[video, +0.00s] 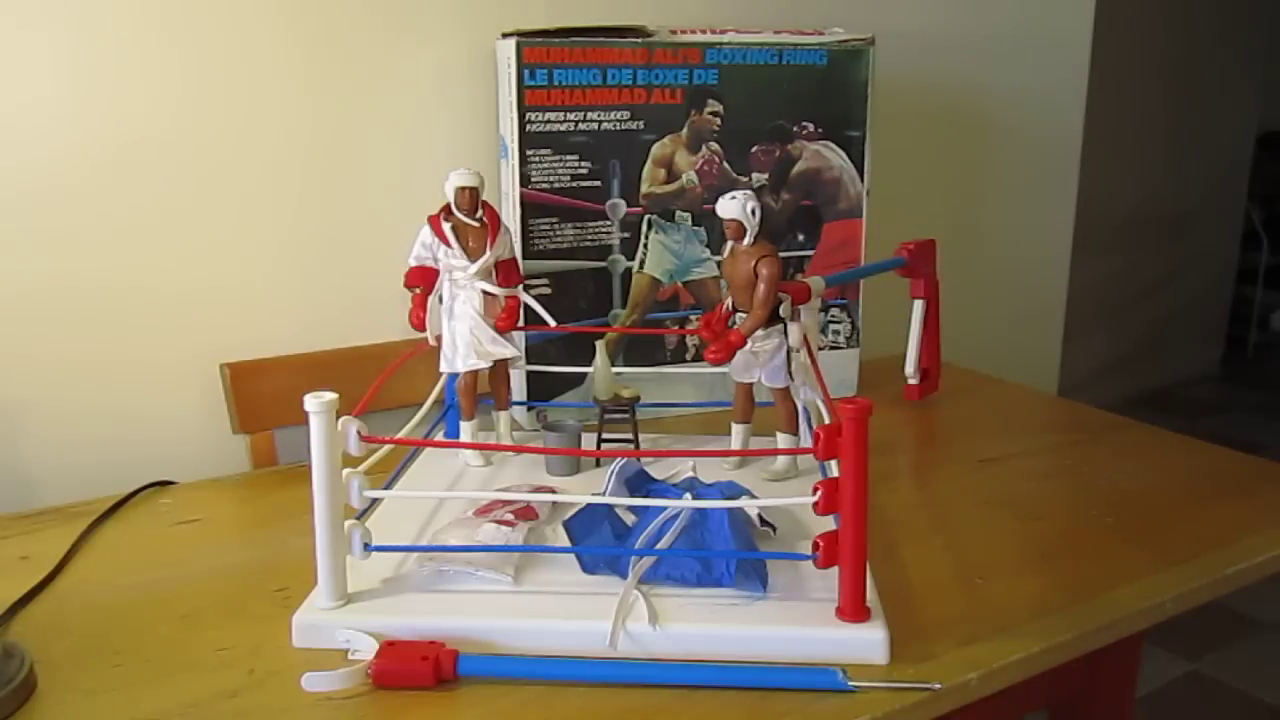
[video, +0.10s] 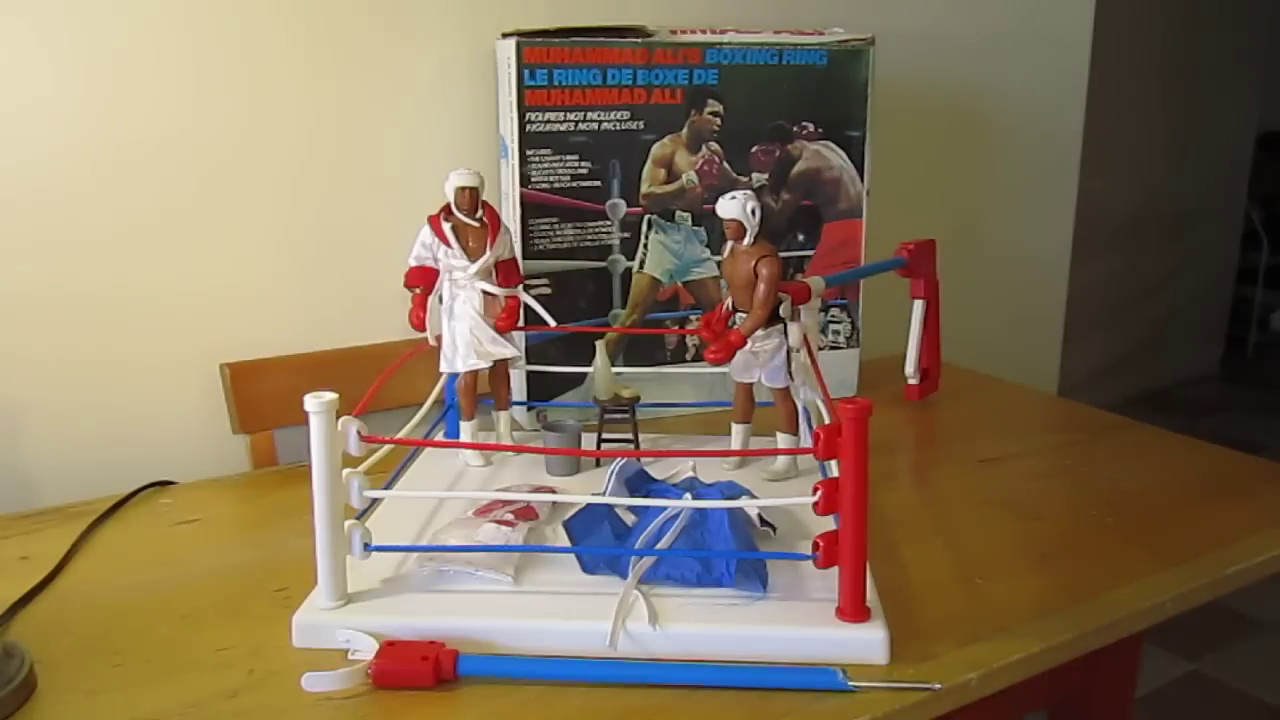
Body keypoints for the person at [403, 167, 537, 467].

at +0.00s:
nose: (466, 198)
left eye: (471, 191)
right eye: (460, 191)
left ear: (480, 194)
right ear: (450, 195)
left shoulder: (497, 228)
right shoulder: (435, 230)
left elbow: (509, 271)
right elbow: (421, 270)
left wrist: (511, 306)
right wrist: (420, 307)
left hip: (492, 302)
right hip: (457, 304)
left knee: (500, 364)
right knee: (468, 369)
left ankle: (505, 433)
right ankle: (469, 441)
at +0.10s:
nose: (467, 198)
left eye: (472, 191)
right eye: (461, 191)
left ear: (480, 194)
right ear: (450, 195)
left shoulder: (496, 228)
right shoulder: (435, 230)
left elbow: (508, 270)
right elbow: (421, 271)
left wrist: (511, 306)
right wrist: (422, 310)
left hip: (492, 302)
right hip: (457, 304)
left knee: (500, 364)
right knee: (468, 369)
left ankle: (504, 433)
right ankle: (469, 441)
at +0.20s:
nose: (467, 197)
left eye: (472, 191)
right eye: (461, 191)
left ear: (480, 194)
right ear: (450, 195)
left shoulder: (496, 228)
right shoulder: (435, 229)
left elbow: (508, 271)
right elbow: (422, 272)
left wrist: (511, 306)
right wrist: (421, 310)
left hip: (492, 303)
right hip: (457, 304)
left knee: (500, 365)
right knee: (468, 370)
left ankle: (504, 433)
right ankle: (469, 441)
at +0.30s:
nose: (467, 198)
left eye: (472, 191)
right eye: (461, 191)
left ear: (480, 194)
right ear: (451, 195)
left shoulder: (495, 227)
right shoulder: (436, 229)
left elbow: (509, 270)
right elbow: (421, 273)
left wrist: (511, 306)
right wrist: (422, 313)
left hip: (492, 303)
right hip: (457, 305)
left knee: (500, 364)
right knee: (468, 370)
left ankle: (505, 432)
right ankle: (469, 440)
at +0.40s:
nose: (467, 198)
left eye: (472, 191)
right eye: (460, 191)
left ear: (480, 194)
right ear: (450, 195)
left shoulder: (496, 227)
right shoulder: (436, 229)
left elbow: (508, 270)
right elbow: (421, 271)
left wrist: (511, 306)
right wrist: (422, 310)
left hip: (491, 301)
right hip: (457, 303)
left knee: (500, 365)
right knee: (468, 369)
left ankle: (505, 434)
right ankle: (469, 441)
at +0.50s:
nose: (467, 198)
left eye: (472, 191)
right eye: (461, 191)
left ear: (480, 194)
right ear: (450, 195)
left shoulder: (496, 228)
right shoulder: (435, 229)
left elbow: (508, 270)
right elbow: (421, 271)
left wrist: (511, 306)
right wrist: (421, 309)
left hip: (492, 302)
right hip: (457, 304)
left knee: (500, 364)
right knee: (468, 369)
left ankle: (504, 433)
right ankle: (469, 441)